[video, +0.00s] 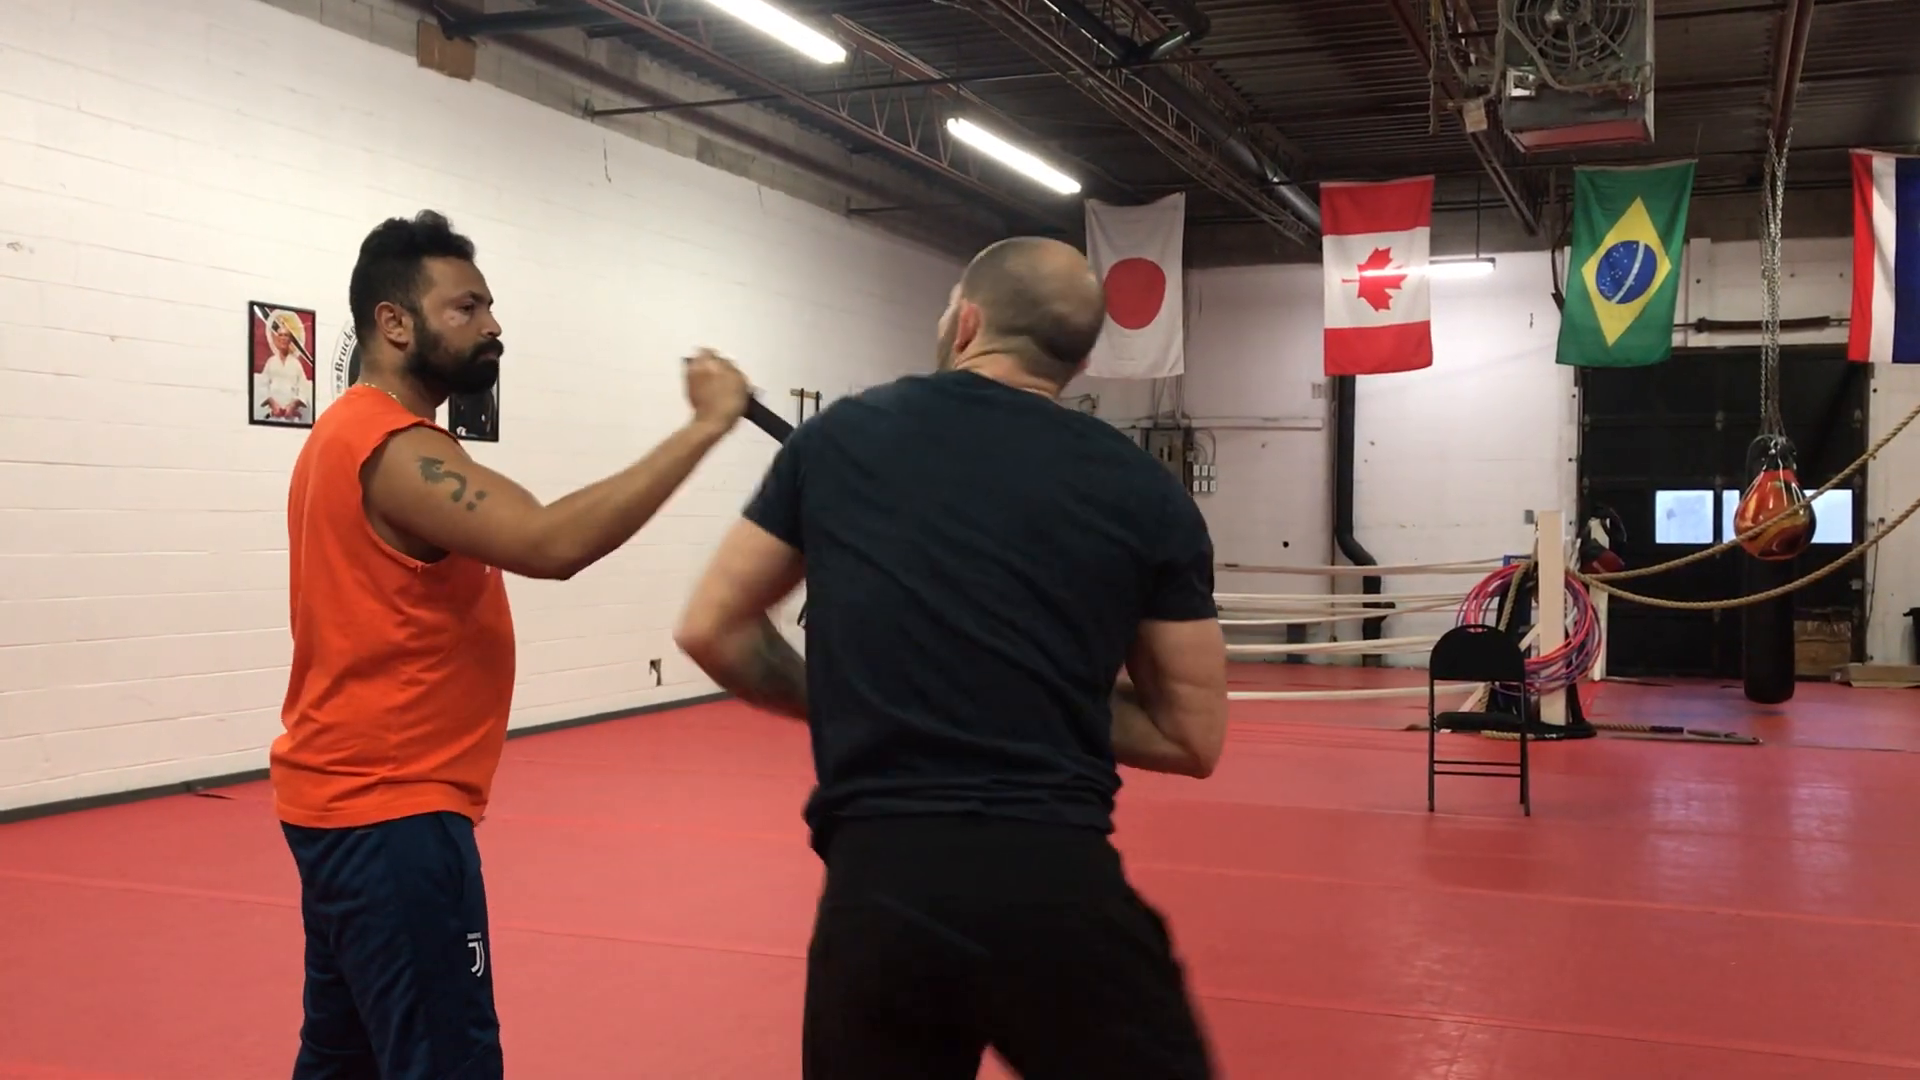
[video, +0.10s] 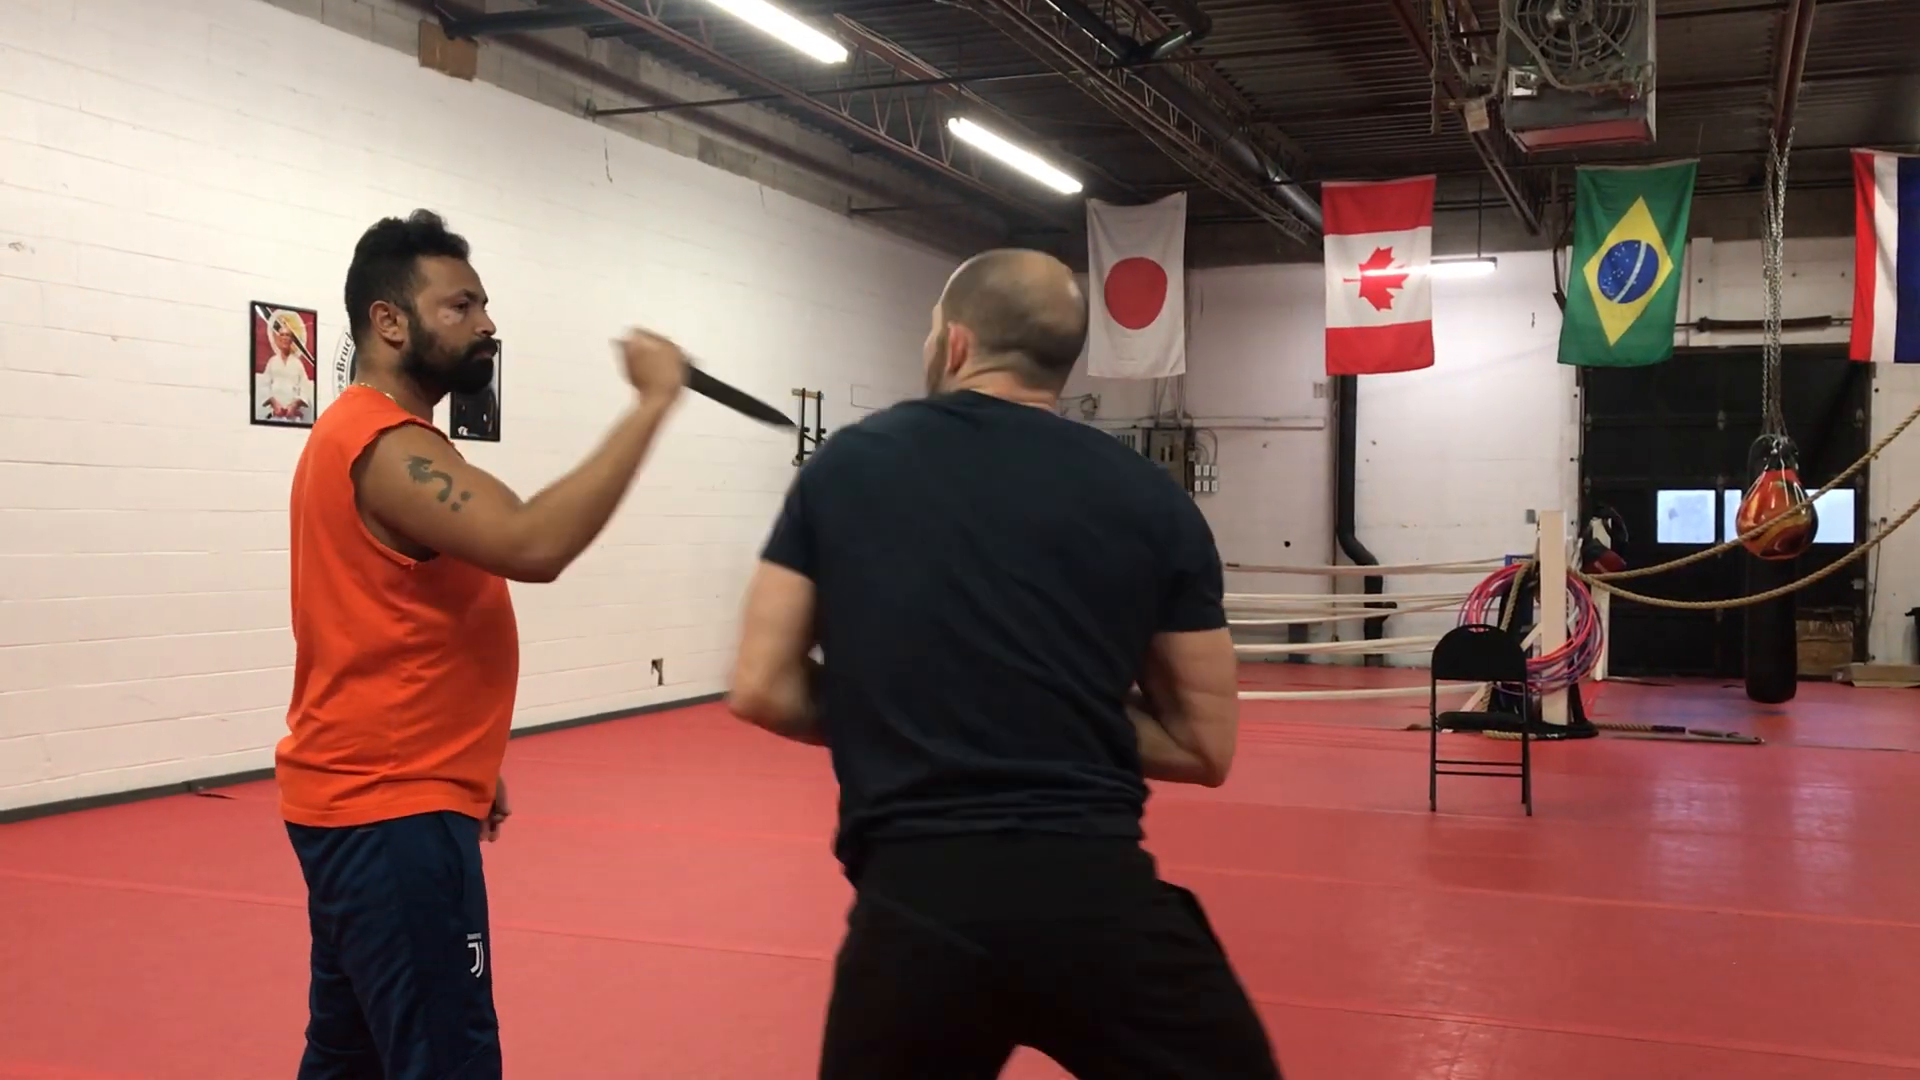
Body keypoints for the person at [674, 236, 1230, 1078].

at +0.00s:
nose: (941, 323)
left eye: (946, 311)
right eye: (946, 310)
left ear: (964, 322)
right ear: (1078, 362)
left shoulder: (843, 435)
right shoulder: (1143, 489)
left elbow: (714, 628)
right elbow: (1190, 741)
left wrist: (845, 702)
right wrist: (1036, 691)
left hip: (879, 903)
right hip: (1066, 909)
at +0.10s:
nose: (927, 349)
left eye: (931, 334)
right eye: (930, 333)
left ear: (956, 344)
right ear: (1065, 364)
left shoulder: (848, 464)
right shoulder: (1148, 495)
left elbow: (761, 689)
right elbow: (1203, 748)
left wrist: (896, 719)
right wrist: (1054, 710)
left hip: (914, 925)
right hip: (1109, 923)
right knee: (1237, 1065)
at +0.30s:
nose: (960, 393)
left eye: (965, 370)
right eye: (960, 371)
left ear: (1005, 370)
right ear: (1102, 378)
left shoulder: (922, 479)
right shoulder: (1211, 505)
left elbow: (876, 729)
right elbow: (1240, 757)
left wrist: (1003, 675)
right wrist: (1109, 691)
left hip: (1001, 936)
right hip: (1195, 935)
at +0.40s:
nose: (1004, 421)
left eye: (1014, 391)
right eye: (1007, 393)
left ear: (1067, 391)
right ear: (1154, 397)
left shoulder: (983, 492)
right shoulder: (1273, 522)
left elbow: (947, 743)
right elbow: (1277, 762)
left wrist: (1061, 679)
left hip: (1055, 948)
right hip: (1254, 946)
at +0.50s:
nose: (1068, 430)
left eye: (1075, 406)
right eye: (1068, 406)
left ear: (1122, 406)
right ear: (1215, 420)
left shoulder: (1041, 512)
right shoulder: (1335, 541)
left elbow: (1010, 764)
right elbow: (1336, 783)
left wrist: (1126, 691)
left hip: (1102, 960)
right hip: (1304, 962)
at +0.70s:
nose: (1161, 475)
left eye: (1169, 446)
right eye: (1164, 447)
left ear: (1215, 445)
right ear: (1306, 461)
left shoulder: (1126, 544)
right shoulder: (1427, 586)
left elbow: (1081, 794)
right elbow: (1426, 845)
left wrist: (1225, 768)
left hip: (1154, 994)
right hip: (1371, 1007)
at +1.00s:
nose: (1120, 470)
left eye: (1129, 447)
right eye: (1123, 447)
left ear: (1181, 456)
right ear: (1268, 458)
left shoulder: (1099, 559)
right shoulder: (1390, 571)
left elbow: (1037, 813)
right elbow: (1362, 783)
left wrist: (1165, 749)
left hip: (1147, 995)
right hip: (1349, 1007)